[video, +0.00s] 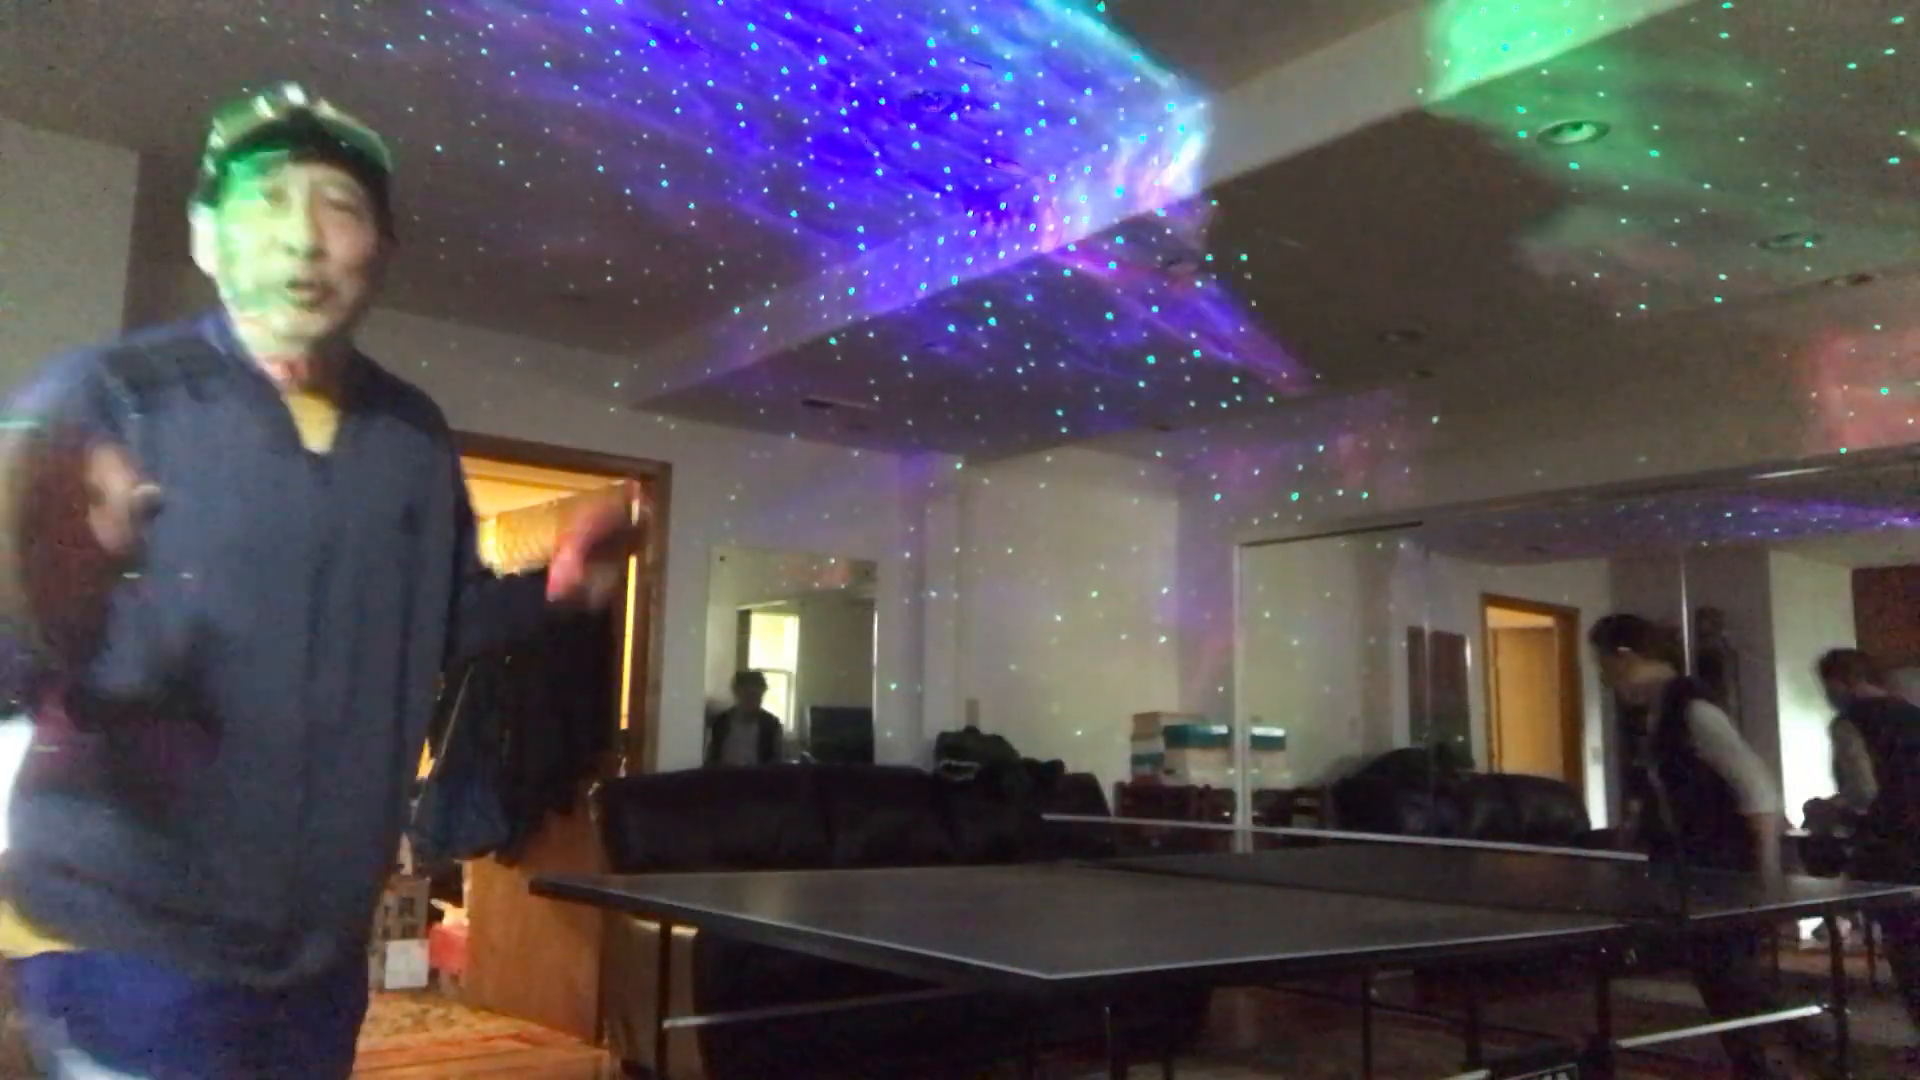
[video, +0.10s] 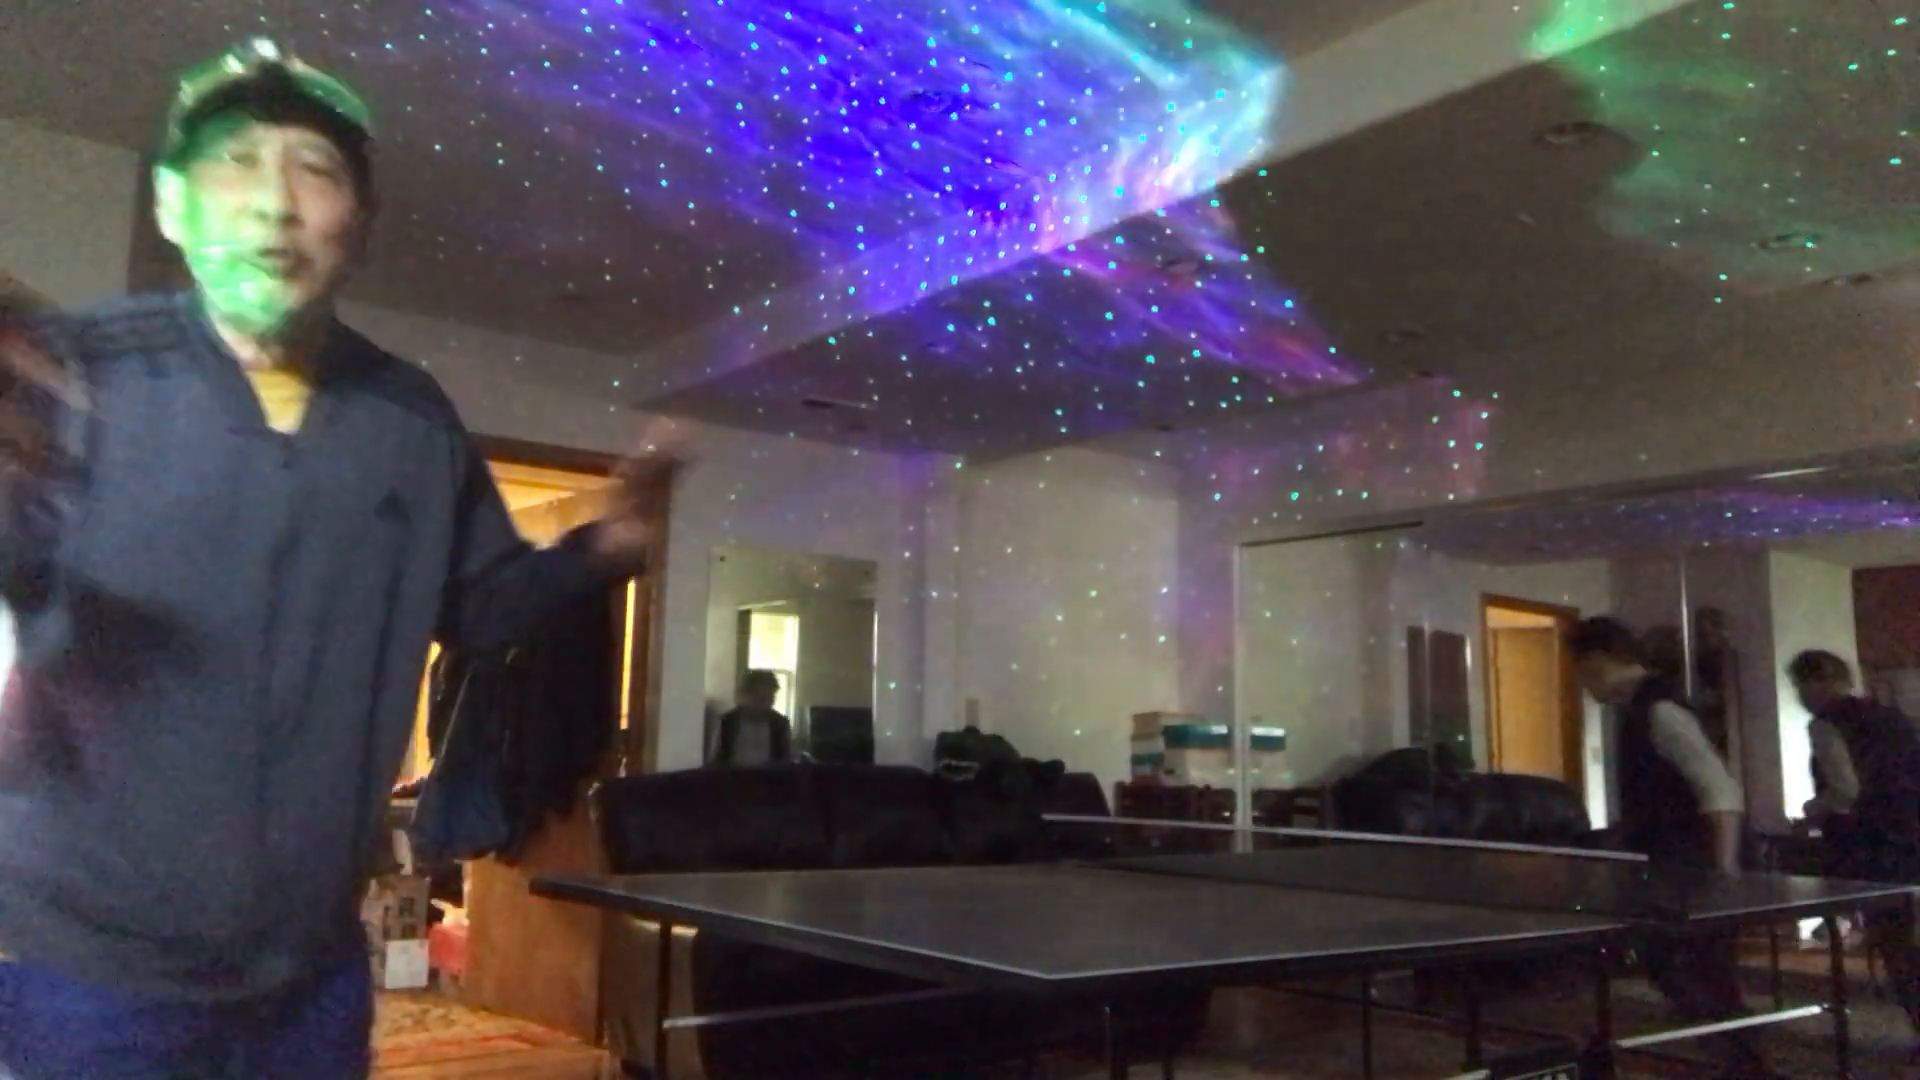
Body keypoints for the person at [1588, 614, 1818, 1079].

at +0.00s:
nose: (1605, 678)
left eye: (1607, 665)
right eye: (1603, 668)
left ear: (1628, 657)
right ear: (1633, 657)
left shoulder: (1692, 710)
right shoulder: (1646, 716)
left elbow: (1762, 795)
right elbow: (1657, 801)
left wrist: (1769, 890)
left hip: (1726, 875)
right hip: (1688, 873)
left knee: (1732, 985)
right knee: (1717, 983)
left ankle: (1755, 1067)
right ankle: (1745, 1066)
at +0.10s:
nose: (1584, 684)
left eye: (1584, 670)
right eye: (1581, 672)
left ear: (1604, 660)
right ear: (1612, 658)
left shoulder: (1661, 711)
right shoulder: (1629, 712)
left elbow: (1722, 792)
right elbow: (1650, 802)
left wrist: (1724, 874)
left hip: (1685, 871)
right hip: (1653, 869)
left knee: (1702, 980)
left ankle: (1743, 1059)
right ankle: (1732, 1056)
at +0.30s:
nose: (1527, 689)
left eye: (1528, 677)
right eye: (1524, 678)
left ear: (1546, 671)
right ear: (1570, 664)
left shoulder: (1585, 717)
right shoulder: (1609, 705)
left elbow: (1637, 813)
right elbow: (1672, 785)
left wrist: (1625, 887)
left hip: (1601, 880)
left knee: (1582, 976)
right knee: (1680, 981)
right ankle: (1734, 1063)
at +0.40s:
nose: (1497, 691)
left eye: (1496, 679)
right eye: (1494, 680)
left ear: (1511, 672)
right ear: (1537, 665)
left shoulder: (1544, 723)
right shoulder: (1587, 706)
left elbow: (1583, 818)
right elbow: (1651, 786)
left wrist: (1577, 890)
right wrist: (1629, 842)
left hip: (1579, 874)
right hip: (1626, 862)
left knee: (1553, 972)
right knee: (1620, 972)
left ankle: (1559, 1064)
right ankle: (1707, 1052)